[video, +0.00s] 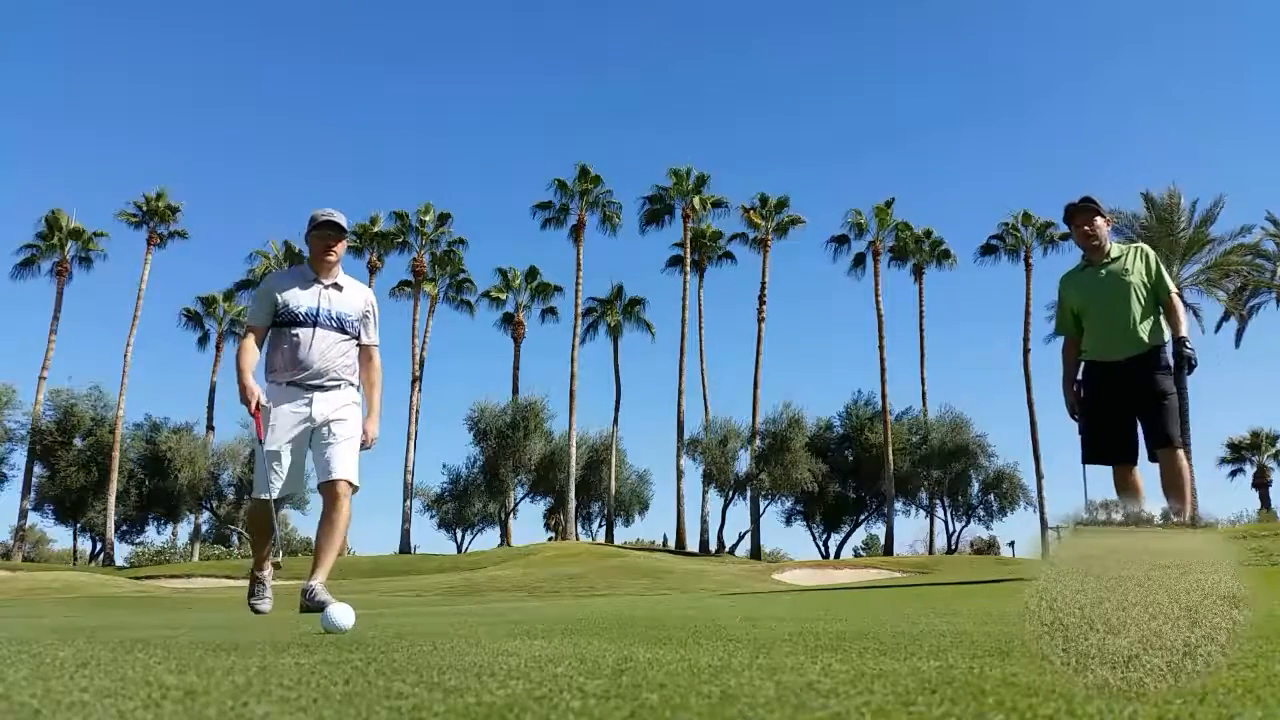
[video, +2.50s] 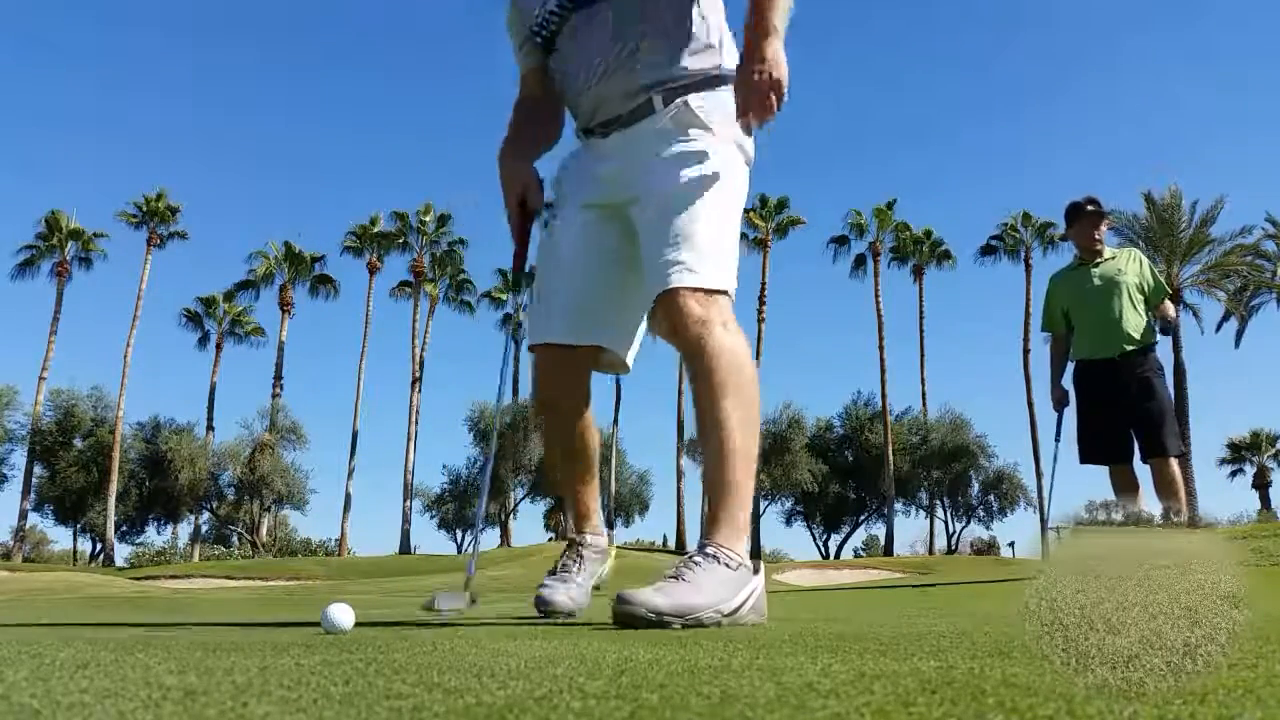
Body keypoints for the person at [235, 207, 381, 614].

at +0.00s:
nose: (330, 241)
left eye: (337, 236)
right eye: (323, 234)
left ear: (346, 244)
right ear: (308, 240)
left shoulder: (362, 296)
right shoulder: (276, 285)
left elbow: (370, 358)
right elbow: (251, 338)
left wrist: (373, 415)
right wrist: (245, 379)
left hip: (340, 398)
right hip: (283, 397)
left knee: (340, 489)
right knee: (265, 496)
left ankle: (316, 583)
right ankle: (261, 572)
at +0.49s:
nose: (362, 200)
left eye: (370, 193)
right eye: (353, 193)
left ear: (380, 200)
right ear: (339, 201)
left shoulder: (406, 258)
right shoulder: (312, 255)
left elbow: (426, 316)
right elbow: (289, 314)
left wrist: (435, 358)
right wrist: (293, 361)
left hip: (390, 375)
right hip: (336, 369)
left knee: (366, 486)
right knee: (346, 465)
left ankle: (319, 578)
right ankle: (366, 574)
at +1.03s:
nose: (422, 129)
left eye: (430, 121)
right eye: (411, 122)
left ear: (443, 130)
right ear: (395, 132)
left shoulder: (474, 200)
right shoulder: (367, 195)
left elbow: (494, 277)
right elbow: (338, 269)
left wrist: (514, 339)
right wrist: (340, 332)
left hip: (463, 337)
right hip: (395, 334)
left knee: (485, 442)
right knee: (376, 460)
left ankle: (508, 556)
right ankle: (371, 574)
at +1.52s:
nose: (499, 48)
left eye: (508, 37)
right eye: (487, 40)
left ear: (526, 42)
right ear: (472, 50)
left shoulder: (565, 120)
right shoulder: (443, 121)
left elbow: (600, 191)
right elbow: (414, 203)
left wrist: (623, 242)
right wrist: (385, 259)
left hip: (552, 277)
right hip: (476, 270)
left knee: (542, 423)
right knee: (488, 390)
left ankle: (520, 566)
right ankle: (508, 555)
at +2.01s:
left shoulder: (606, 11)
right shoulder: (463, 47)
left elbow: (658, 104)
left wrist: (680, 194)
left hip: (613, 204)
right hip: (517, 211)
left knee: (652, 367)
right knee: (528, 380)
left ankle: (633, 510)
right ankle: (559, 562)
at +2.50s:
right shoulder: (527, 6)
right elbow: (540, 88)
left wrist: (765, 33)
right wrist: (515, 153)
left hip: (689, 107)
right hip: (591, 146)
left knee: (692, 306)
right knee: (556, 350)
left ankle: (730, 559)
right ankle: (585, 541)